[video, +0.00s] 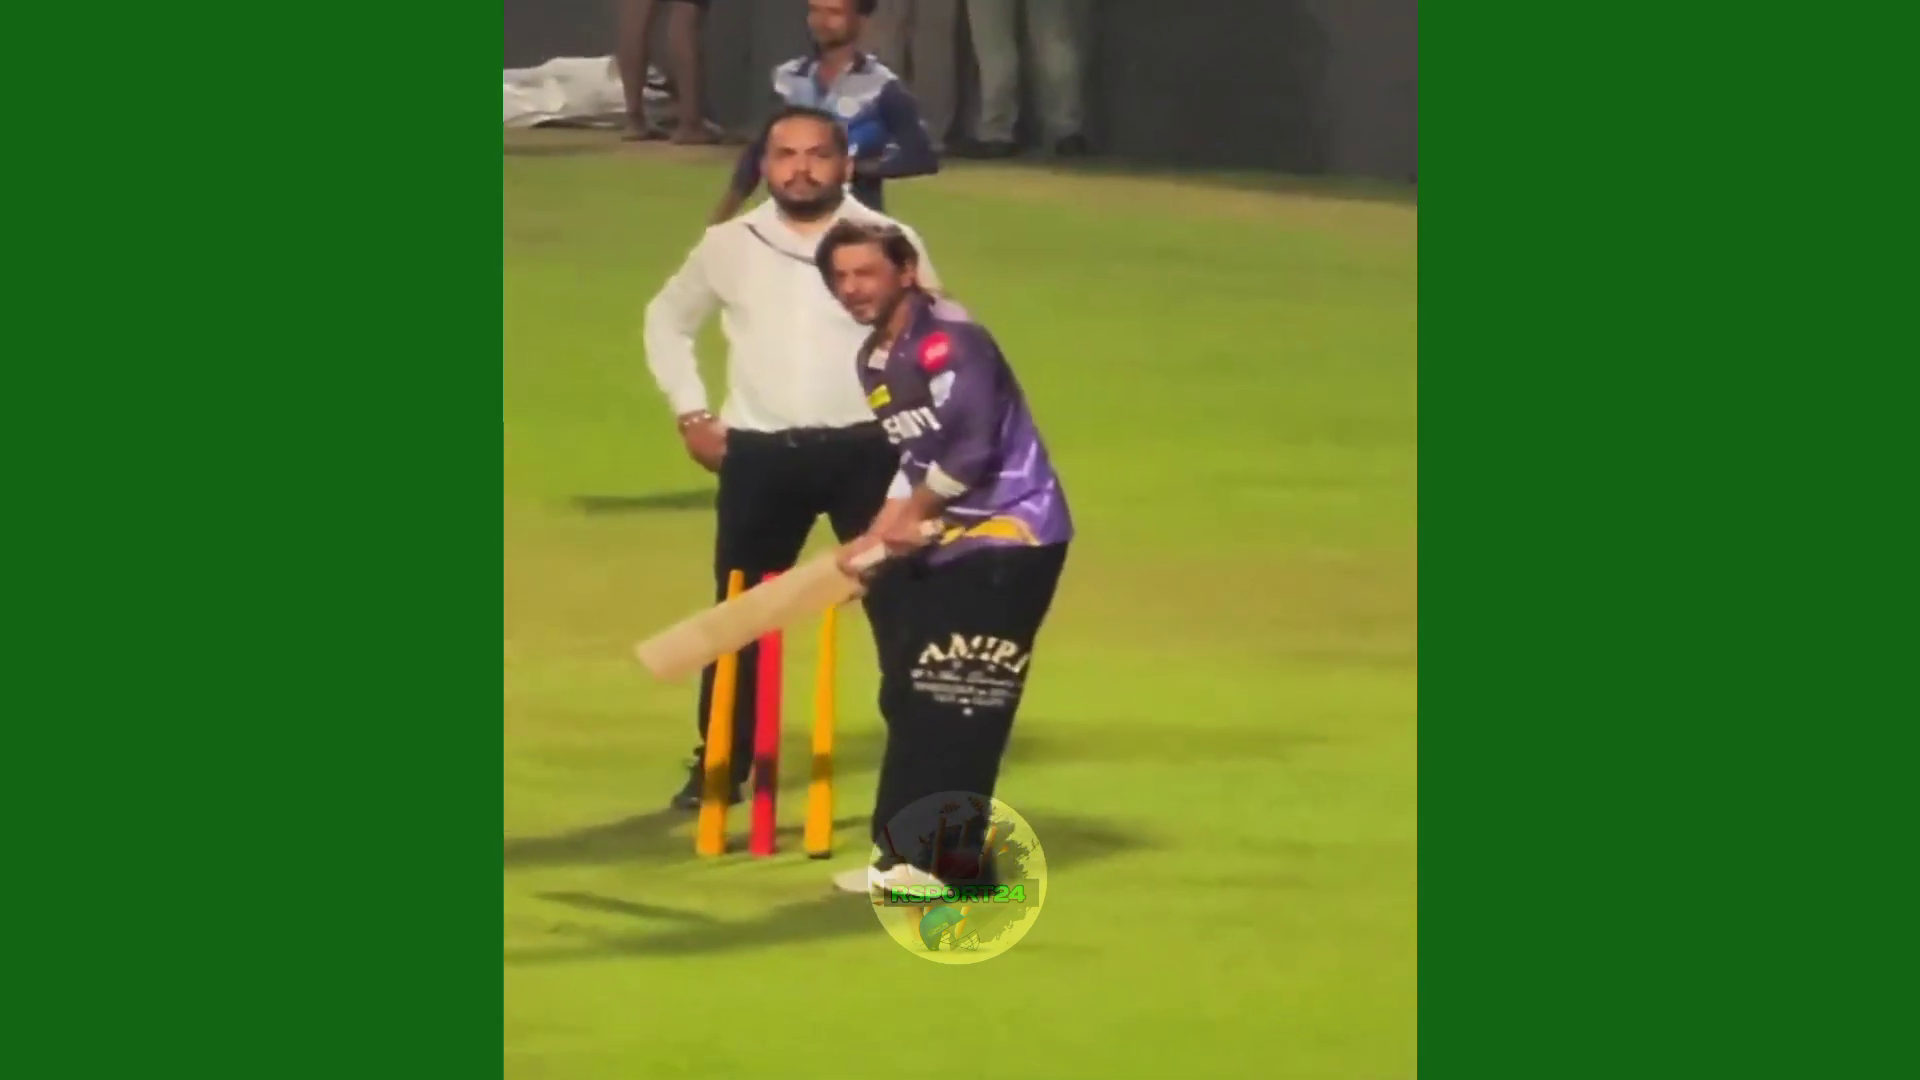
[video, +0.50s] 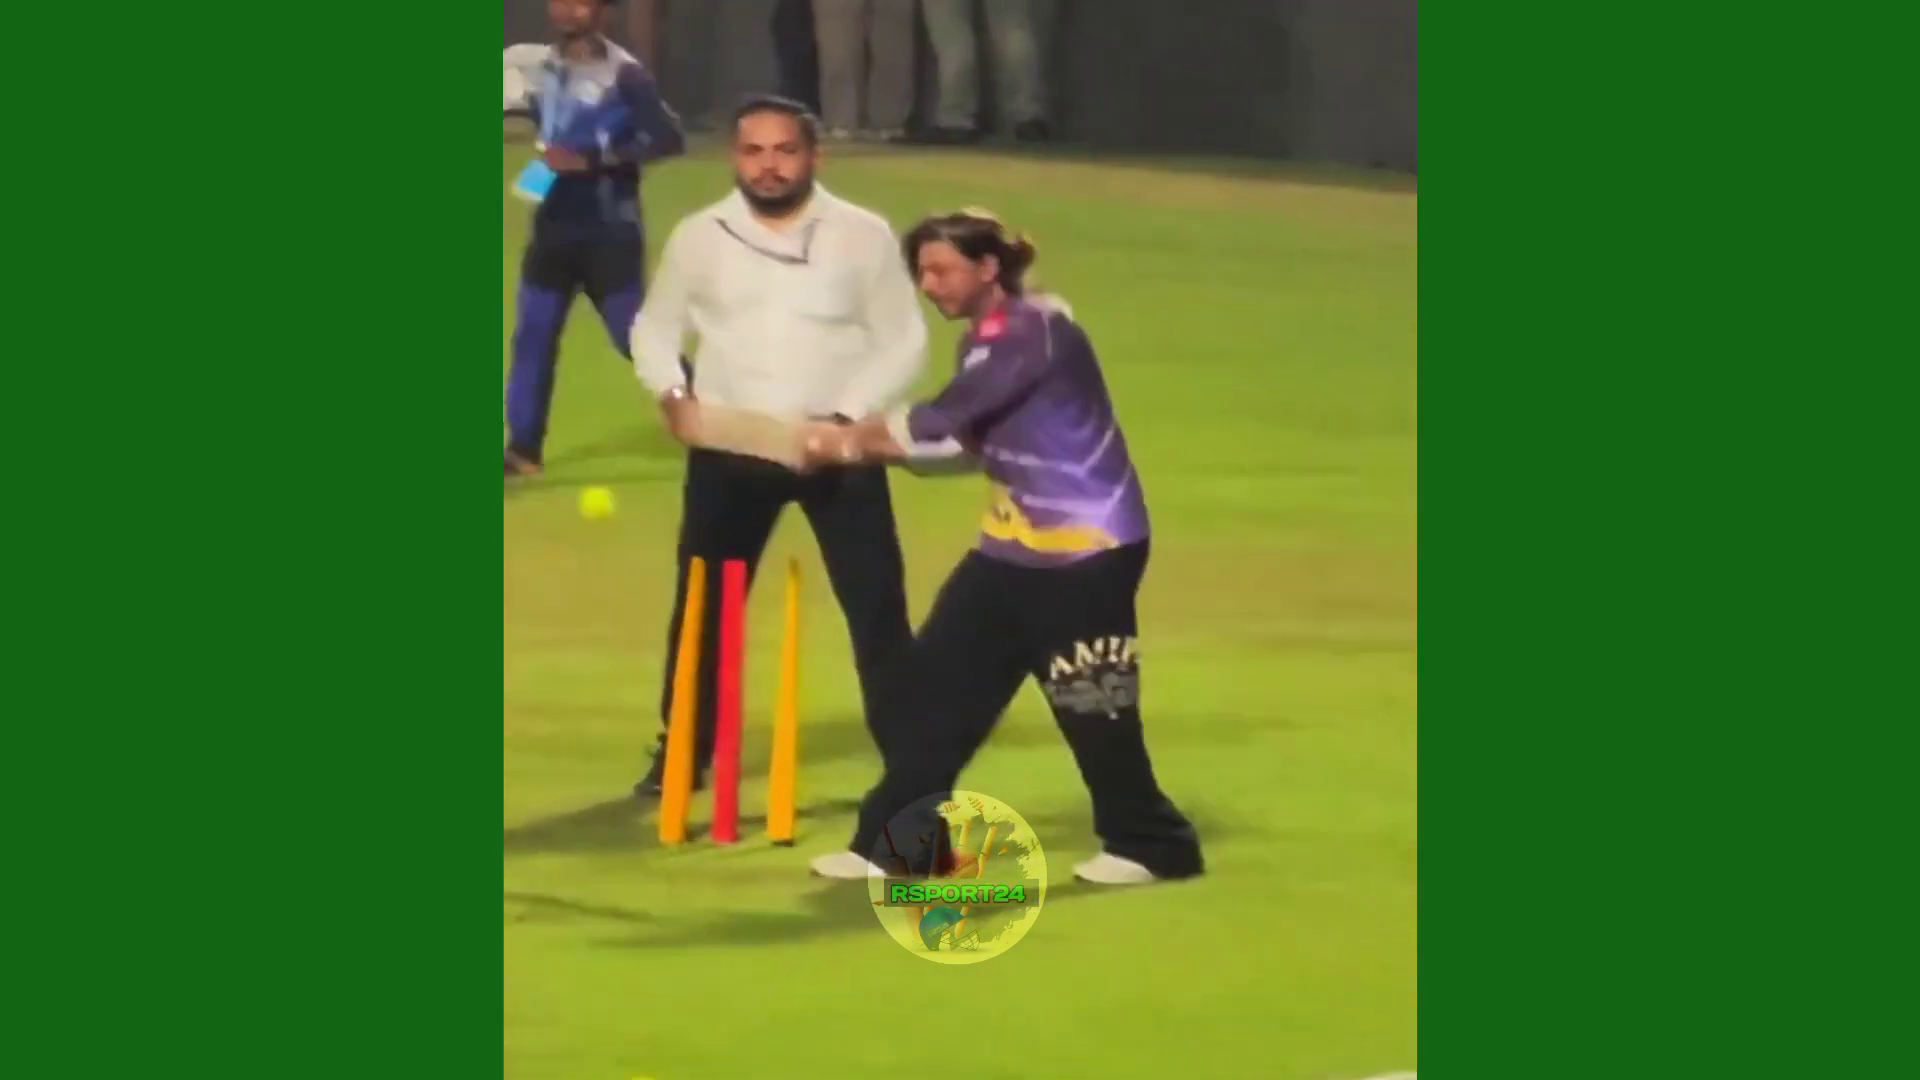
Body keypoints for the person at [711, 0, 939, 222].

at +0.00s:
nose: (821, 21)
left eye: (834, 12)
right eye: (814, 11)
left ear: (860, 18)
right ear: (806, 17)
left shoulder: (883, 86)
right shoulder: (789, 80)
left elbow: (922, 158)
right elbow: (762, 148)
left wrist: (853, 168)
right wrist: (727, 208)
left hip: (857, 215)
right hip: (791, 213)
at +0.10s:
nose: (774, 17)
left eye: (786, 9)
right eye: (766, 9)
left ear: (811, 18)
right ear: (758, 15)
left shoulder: (833, 80)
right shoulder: (740, 74)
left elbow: (866, 156)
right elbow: (721, 151)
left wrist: (804, 168)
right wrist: (689, 220)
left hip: (813, 209)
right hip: (752, 205)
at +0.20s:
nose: (727, 12)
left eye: (739, 5)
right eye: (721, 6)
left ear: (765, 12)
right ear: (711, 14)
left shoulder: (789, 76)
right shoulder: (699, 74)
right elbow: (688, 152)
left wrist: (728, 146)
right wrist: (668, 225)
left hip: (767, 210)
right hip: (711, 209)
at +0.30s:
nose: (676, 10)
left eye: (688, 3)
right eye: (669, 3)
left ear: (713, 10)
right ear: (660, 10)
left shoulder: (738, 76)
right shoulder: (656, 76)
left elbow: (759, 156)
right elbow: (654, 160)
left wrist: (682, 155)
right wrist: (650, 230)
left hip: (721, 227)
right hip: (661, 228)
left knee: (739, 326)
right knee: (617, 319)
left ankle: (754, 437)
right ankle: (629, 446)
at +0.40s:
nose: (622, 12)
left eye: (634, 4)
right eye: (617, 4)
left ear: (661, 11)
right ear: (611, 13)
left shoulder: (685, 75)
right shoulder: (613, 75)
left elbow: (715, 149)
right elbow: (620, 140)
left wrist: (636, 157)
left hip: (674, 234)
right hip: (618, 230)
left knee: (701, 335)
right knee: (584, 333)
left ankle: (753, 425)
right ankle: (545, 446)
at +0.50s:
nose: (565, 11)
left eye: (575, 4)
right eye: (559, 4)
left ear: (597, 10)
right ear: (552, 11)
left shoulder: (625, 73)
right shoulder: (547, 68)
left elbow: (668, 138)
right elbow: (545, 121)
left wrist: (593, 160)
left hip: (611, 231)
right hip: (555, 226)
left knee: (632, 335)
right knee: (534, 335)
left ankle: (690, 387)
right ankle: (524, 448)